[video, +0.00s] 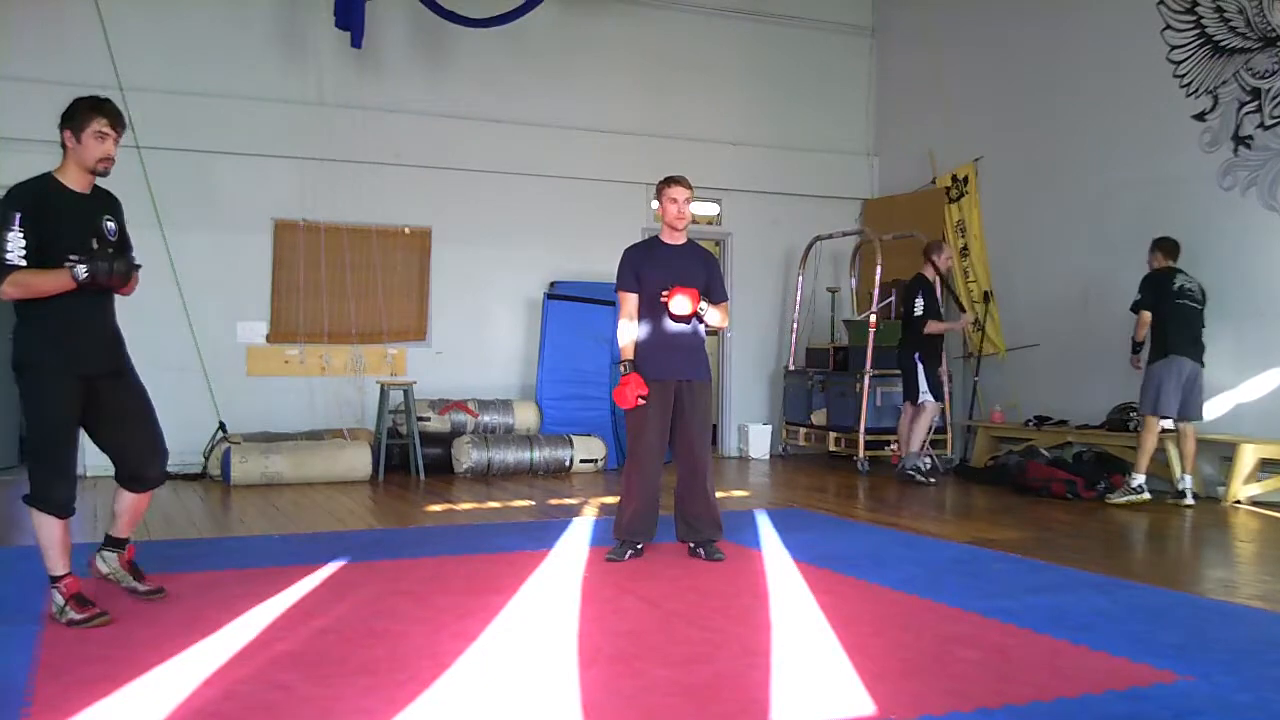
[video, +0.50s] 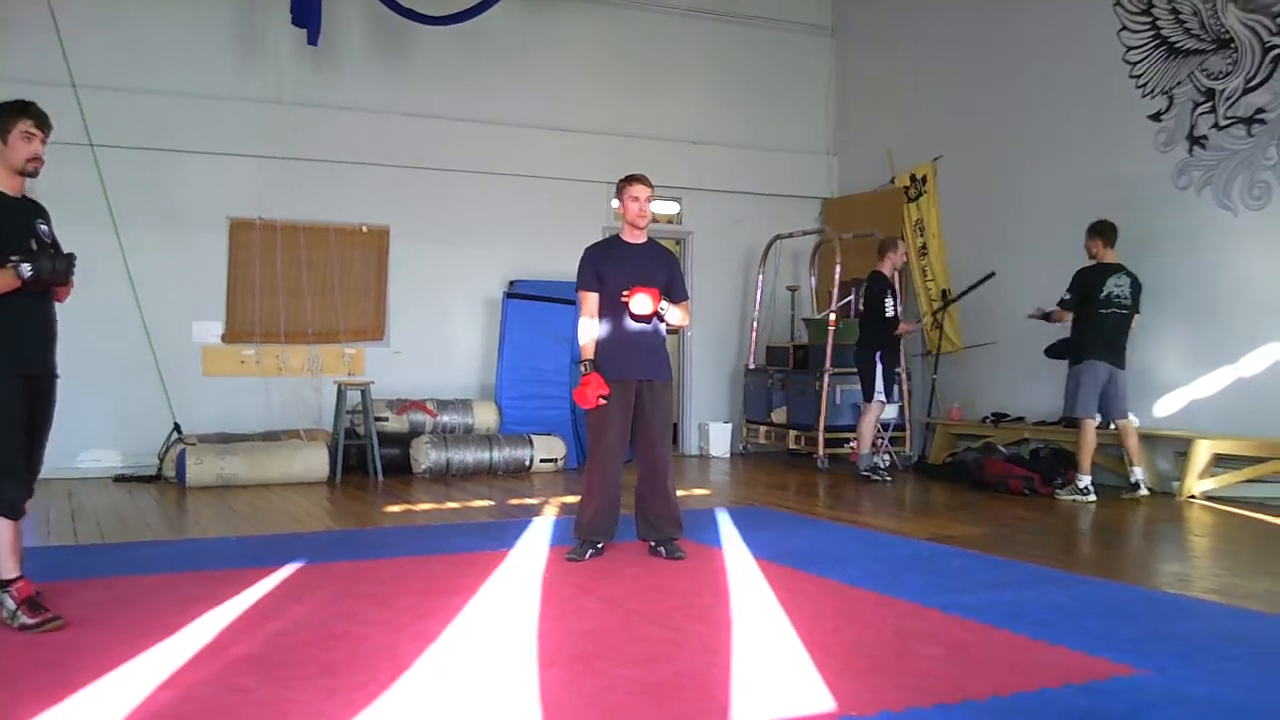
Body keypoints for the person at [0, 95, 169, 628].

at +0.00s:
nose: (110, 148)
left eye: (115, 139)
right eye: (100, 136)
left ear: (117, 146)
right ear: (69, 137)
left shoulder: (108, 206)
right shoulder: (24, 200)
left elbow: (128, 283)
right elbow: (8, 284)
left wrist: (120, 272)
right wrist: (83, 273)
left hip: (105, 358)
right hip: (46, 362)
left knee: (146, 460)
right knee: (53, 477)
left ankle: (114, 556)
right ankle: (62, 591)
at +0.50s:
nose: (38, 148)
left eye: (42, 140)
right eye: (28, 137)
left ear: (41, 149)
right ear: (2, 141)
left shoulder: (37, 212)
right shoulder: (2, 205)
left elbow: (56, 290)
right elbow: (3, 280)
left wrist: (58, 279)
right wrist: (27, 275)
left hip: (37, 364)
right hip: (8, 363)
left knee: (18, 480)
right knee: (11, 480)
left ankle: (11, 584)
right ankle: (12, 586)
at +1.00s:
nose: (82, 170)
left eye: (87, 163)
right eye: (75, 158)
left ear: (84, 170)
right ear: (43, 157)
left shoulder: (62, 227)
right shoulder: (6, 207)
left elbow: (65, 307)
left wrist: (73, 294)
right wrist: (43, 284)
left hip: (49, 365)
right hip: (11, 363)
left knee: (30, 465)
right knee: (30, 464)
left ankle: (18, 575)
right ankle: (46, 585)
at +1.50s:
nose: (75, 156)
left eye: (79, 149)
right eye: (65, 147)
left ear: (77, 158)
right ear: (34, 152)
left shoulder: (74, 226)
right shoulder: (6, 209)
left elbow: (93, 302)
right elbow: (0, 288)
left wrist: (89, 280)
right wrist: (48, 278)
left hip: (72, 366)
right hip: (16, 367)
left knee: (72, 469)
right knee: (11, 477)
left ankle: (73, 575)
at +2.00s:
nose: (76, 144)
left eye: (75, 134)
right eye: (67, 134)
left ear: (42, 141)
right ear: (32, 139)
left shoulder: (56, 209)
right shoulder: (2, 199)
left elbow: (70, 286)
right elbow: (0, 280)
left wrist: (76, 269)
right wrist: (41, 272)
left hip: (54, 360)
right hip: (9, 363)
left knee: (70, 462)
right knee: (6, 475)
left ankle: (74, 573)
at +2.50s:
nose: (156, 162)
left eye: (159, 154)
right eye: (148, 151)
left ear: (148, 159)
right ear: (116, 151)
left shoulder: (134, 220)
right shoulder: (78, 208)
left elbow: (130, 287)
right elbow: (68, 291)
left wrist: (151, 283)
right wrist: (137, 282)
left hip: (134, 370)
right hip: (85, 371)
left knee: (146, 472)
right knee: (67, 476)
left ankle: (163, 575)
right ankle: (46, 588)